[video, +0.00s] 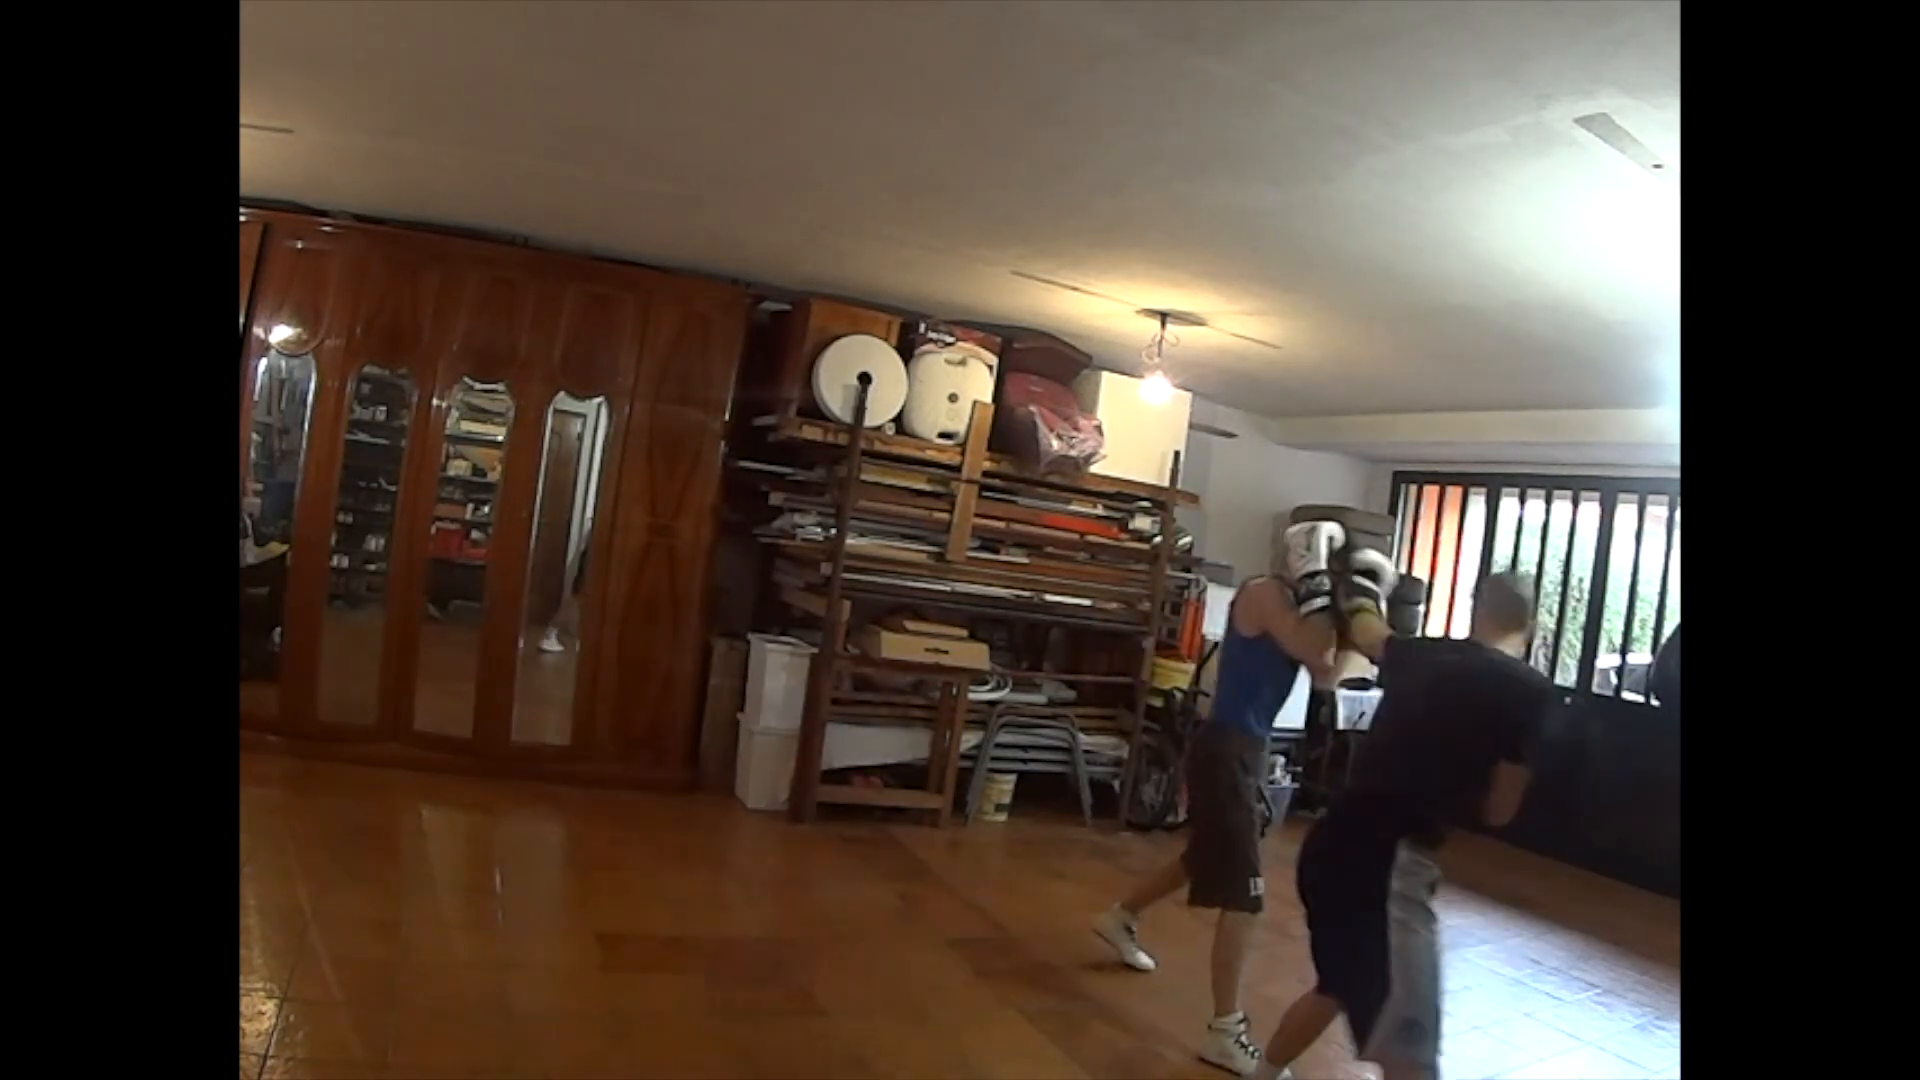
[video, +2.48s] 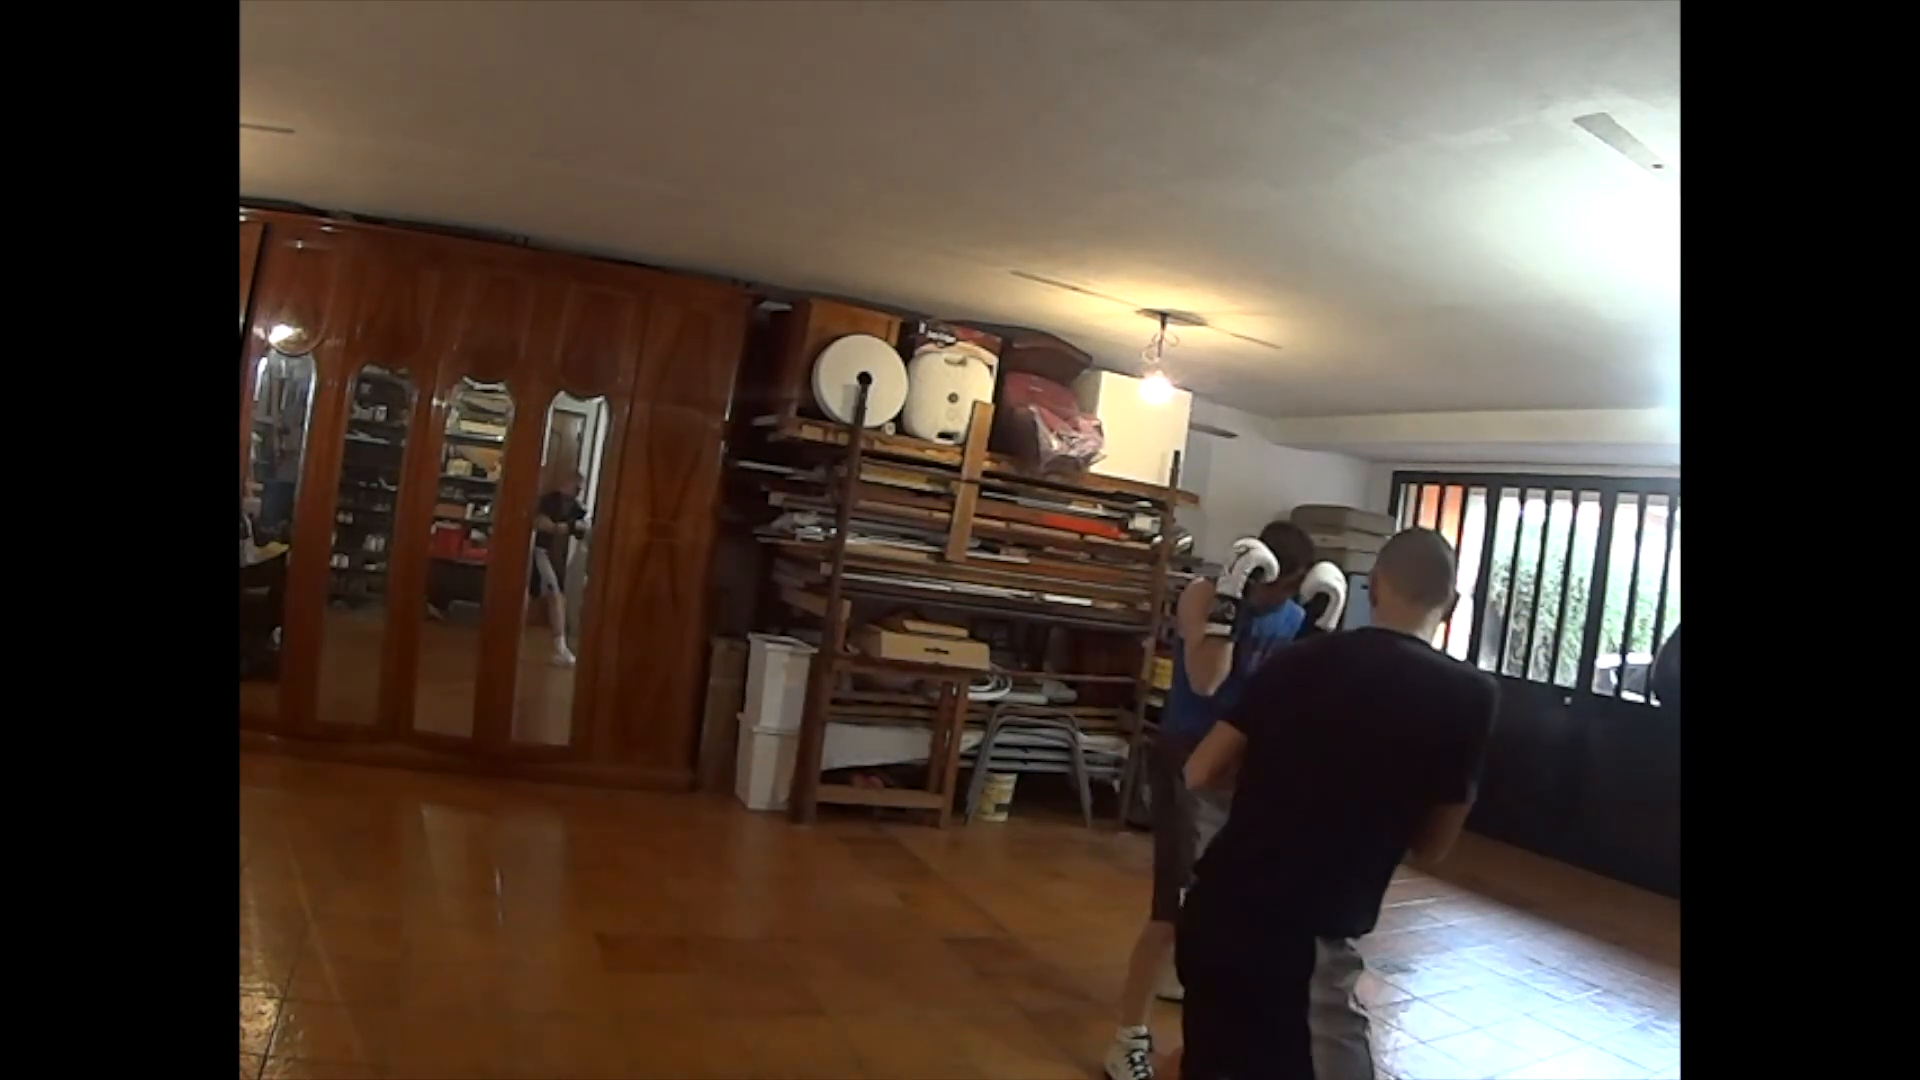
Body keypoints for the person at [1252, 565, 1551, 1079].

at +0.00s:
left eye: (1478, 608)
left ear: (1474, 612)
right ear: (1528, 630)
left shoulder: (1418, 653)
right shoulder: (1526, 688)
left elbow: (1366, 633)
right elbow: (1498, 810)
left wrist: (1357, 588)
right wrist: (1440, 774)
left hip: (1333, 843)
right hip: (1394, 864)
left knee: (1335, 986)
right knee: (1409, 1055)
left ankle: (1264, 1071)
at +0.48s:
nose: (1388, 571)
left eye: (1388, 561)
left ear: (1388, 566)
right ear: (1450, 580)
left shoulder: (1330, 630)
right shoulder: (1458, 659)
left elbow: (1252, 715)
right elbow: (1439, 781)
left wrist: (1306, 732)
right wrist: (1382, 755)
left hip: (1270, 832)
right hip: (1337, 857)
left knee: (1262, 991)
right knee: (1305, 1022)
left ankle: (1250, 1069)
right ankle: (1284, 1069)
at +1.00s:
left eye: (1350, 584)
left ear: (1351, 587)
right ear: (1418, 596)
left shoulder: (1287, 659)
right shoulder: (1441, 684)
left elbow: (1208, 754)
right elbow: (1410, 806)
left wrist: (1263, 748)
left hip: (1240, 881)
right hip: (1326, 910)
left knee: (1241, 1004)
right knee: (1320, 1066)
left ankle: (1174, 1075)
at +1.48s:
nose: (1331, 564)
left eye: (1334, 555)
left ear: (1340, 559)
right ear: (1406, 569)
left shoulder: (1288, 625)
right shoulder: (1434, 645)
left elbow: (1206, 731)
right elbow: (1410, 789)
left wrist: (1265, 713)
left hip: (1231, 845)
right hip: (1319, 868)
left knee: (1205, 1011)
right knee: (1277, 1046)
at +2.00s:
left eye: (1369, 555)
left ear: (1369, 560)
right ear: (1441, 578)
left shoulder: (1299, 624)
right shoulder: (1454, 671)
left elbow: (1194, 714)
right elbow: (1418, 812)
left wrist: (1254, 680)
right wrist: (1366, 757)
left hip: (1215, 867)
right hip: (1300, 905)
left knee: (1192, 1030)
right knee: (1299, 1067)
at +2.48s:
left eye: (1372, 583)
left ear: (1374, 586)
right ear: (1451, 605)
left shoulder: (1302, 658)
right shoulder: (1468, 694)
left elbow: (1201, 772)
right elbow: (1432, 851)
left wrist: (1278, 771)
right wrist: (1373, 793)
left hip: (1218, 916)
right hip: (1316, 948)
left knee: (1212, 1064)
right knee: (1320, 1067)